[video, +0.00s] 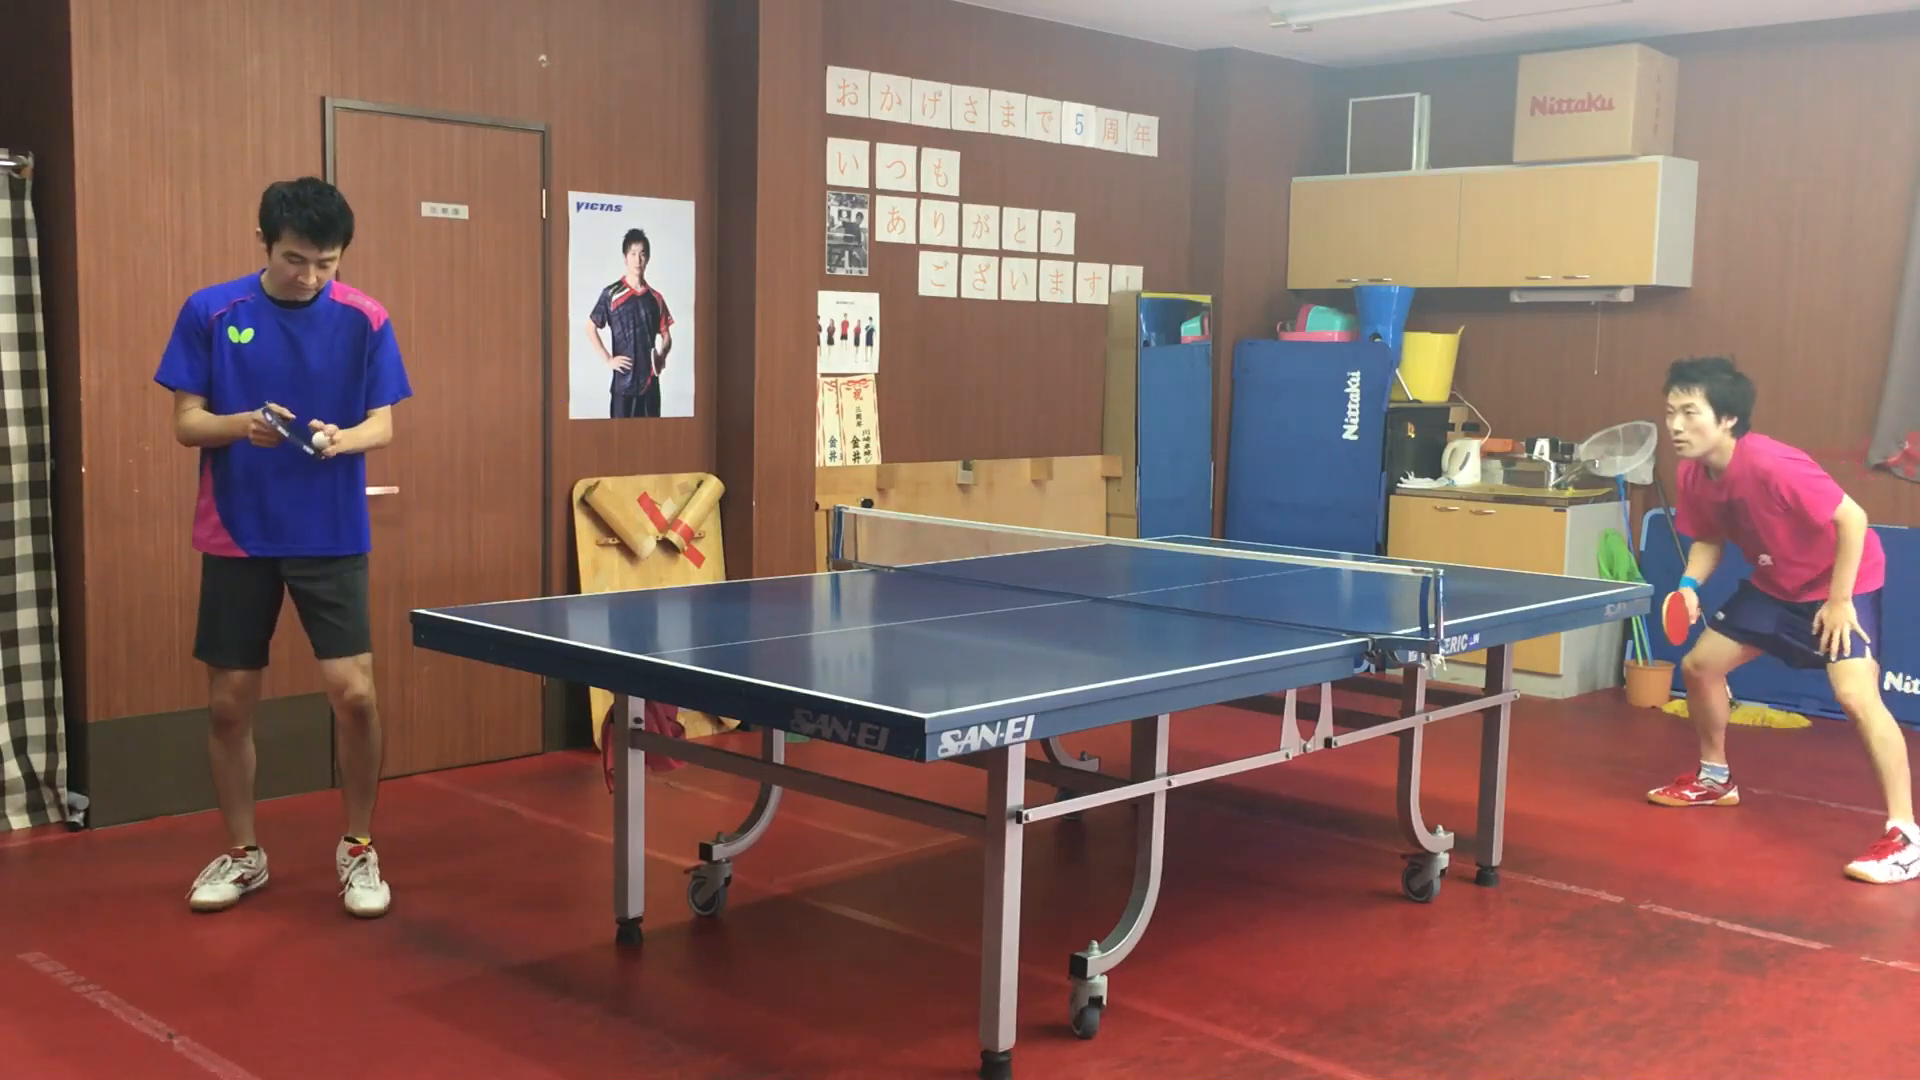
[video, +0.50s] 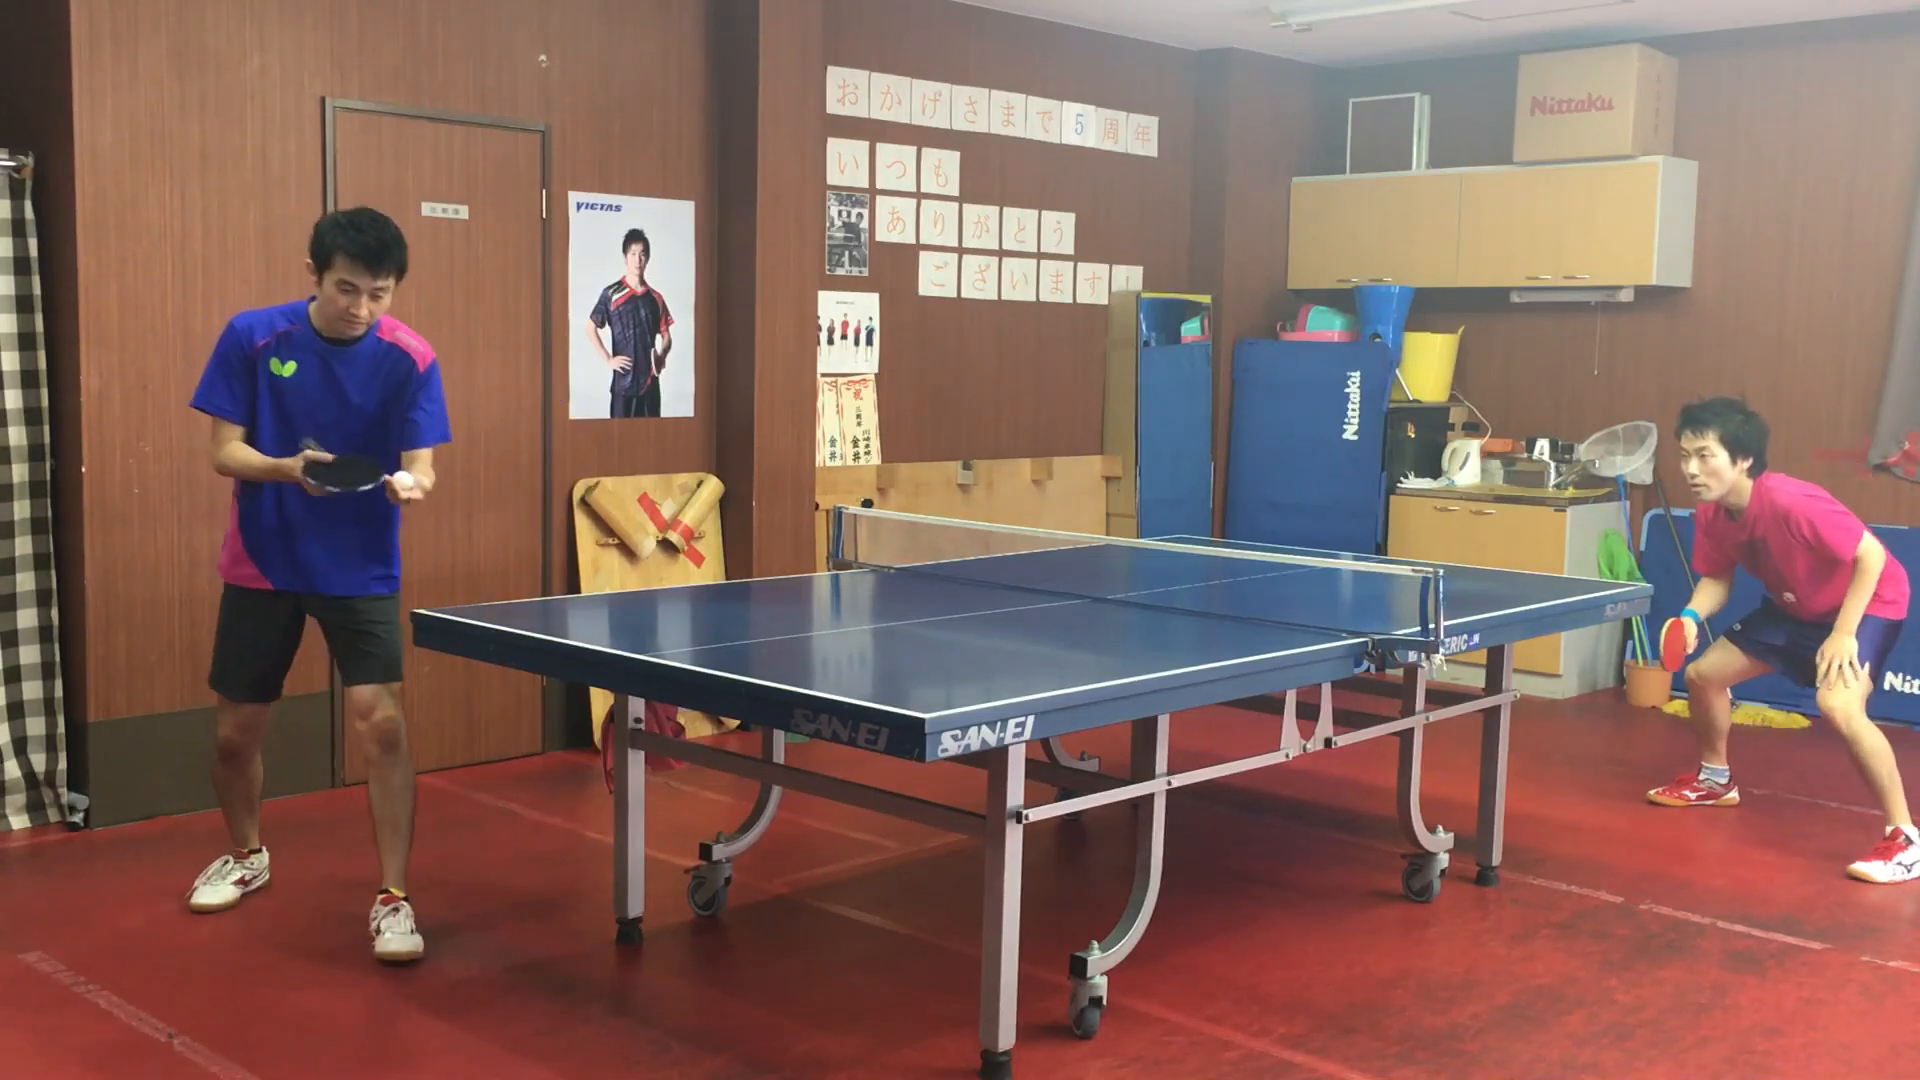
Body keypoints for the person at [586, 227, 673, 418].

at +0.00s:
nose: (638, 260)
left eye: (643, 254)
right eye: (633, 254)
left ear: (648, 258)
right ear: (625, 257)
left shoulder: (655, 297)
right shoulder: (611, 294)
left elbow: (666, 336)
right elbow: (591, 327)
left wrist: (662, 355)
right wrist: (608, 359)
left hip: (650, 378)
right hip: (624, 379)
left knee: (650, 436)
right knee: (622, 436)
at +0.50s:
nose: (638, 259)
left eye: (643, 254)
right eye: (633, 254)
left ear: (648, 258)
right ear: (625, 257)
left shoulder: (655, 297)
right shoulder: (611, 294)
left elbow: (666, 336)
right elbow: (591, 327)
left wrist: (662, 355)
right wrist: (608, 359)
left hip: (649, 378)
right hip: (624, 378)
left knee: (650, 435)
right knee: (622, 436)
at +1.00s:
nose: (638, 260)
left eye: (643, 254)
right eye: (633, 254)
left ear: (648, 258)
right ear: (625, 258)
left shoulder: (655, 297)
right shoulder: (611, 294)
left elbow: (666, 336)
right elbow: (591, 327)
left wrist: (662, 356)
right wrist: (608, 359)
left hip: (649, 378)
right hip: (624, 379)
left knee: (650, 435)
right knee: (622, 436)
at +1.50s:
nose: (639, 259)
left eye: (643, 254)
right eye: (633, 254)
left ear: (648, 258)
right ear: (625, 257)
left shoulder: (655, 297)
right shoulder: (611, 294)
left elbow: (666, 336)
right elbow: (591, 327)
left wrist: (662, 355)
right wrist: (608, 359)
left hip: (649, 378)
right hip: (624, 379)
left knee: (650, 436)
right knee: (622, 436)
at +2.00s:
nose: (639, 259)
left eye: (643, 254)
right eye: (633, 254)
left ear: (648, 258)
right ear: (625, 257)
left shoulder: (655, 297)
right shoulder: (611, 294)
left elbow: (666, 336)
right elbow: (591, 327)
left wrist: (662, 355)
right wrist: (608, 359)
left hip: (649, 378)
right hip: (624, 379)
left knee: (650, 436)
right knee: (622, 436)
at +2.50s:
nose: (639, 260)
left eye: (643, 254)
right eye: (633, 254)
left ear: (648, 258)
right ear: (625, 257)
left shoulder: (655, 297)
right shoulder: (611, 294)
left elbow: (666, 336)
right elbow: (590, 327)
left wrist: (661, 355)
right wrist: (608, 359)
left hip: (650, 380)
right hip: (624, 380)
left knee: (650, 437)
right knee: (622, 437)